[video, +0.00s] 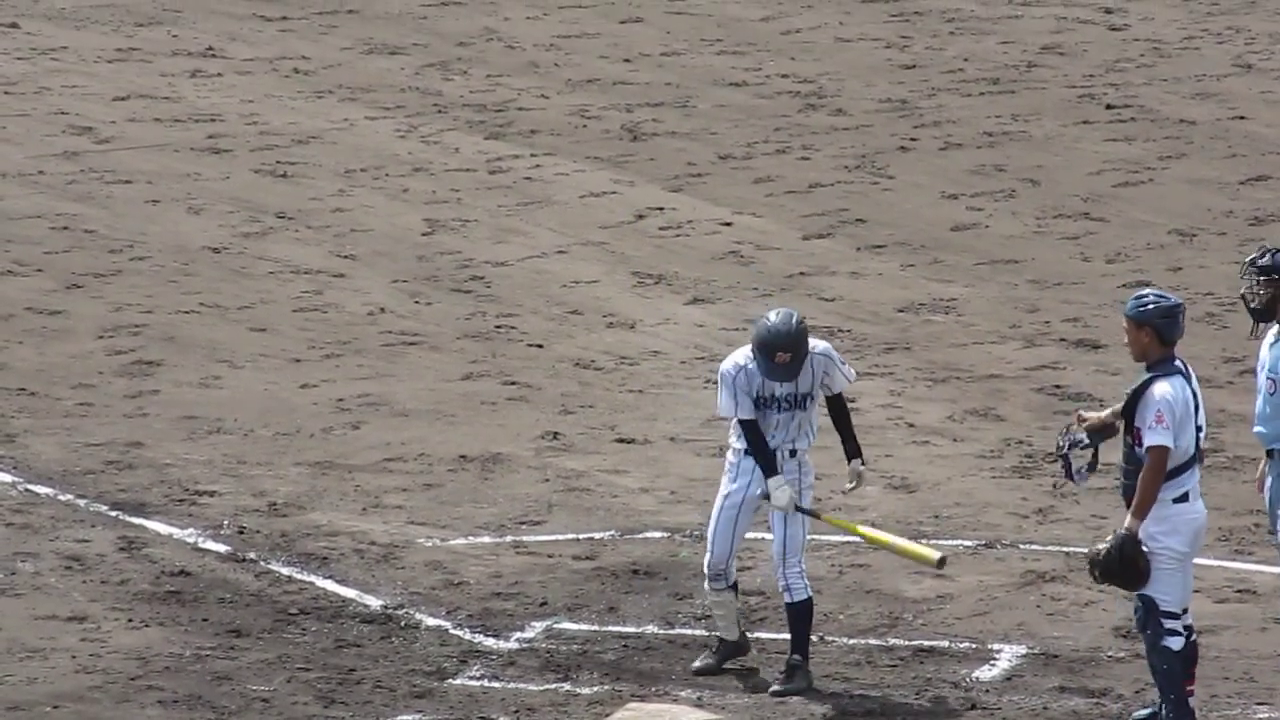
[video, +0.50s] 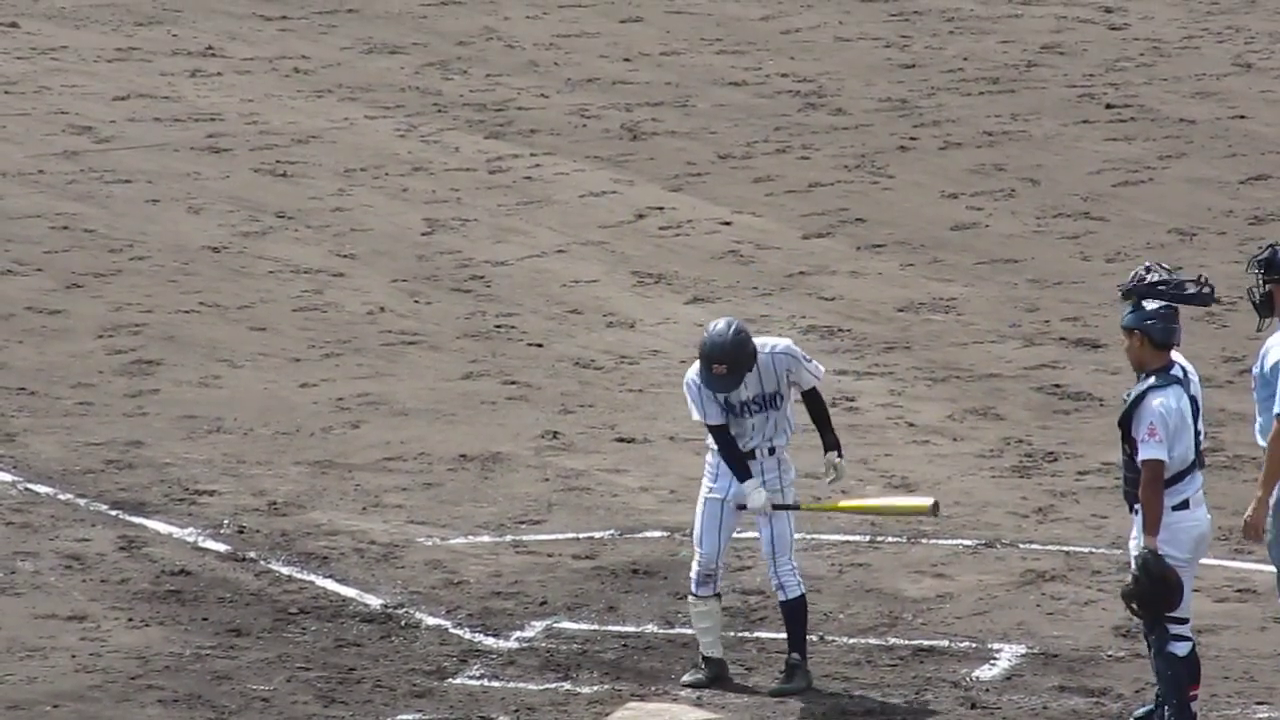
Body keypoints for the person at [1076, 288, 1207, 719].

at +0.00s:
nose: (1125, 337)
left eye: (1130, 329)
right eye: (1126, 328)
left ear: (1149, 335)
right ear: (1160, 333)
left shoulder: (1160, 392)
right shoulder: (1178, 372)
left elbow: (1156, 465)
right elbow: (1144, 405)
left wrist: (1130, 527)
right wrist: (1108, 420)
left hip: (1166, 515)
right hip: (1180, 507)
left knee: (1160, 617)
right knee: (1167, 612)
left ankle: (1176, 708)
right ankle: (1174, 702)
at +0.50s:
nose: (1124, 346)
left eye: (1126, 338)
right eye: (1125, 338)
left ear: (1139, 342)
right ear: (1170, 338)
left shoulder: (1155, 405)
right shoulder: (1181, 369)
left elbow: (1152, 478)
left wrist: (1149, 545)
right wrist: (1149, 297)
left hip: (1168, 521)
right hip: (1189, 509)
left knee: (1170, 623)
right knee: (1158, 613)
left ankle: (1180, 710)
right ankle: (1169, 699)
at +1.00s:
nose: (1124, 341)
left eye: (1127, 336)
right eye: (1123, 335)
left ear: (1140, 344)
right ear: (1168, 341)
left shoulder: (1155, 405)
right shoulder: (1179, 374)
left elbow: (1154, 482)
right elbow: (1121, 367)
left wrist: (1147, 551)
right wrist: (1118, 325)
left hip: (1167, 525)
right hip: (1185, 514)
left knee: (1167, 624)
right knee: (1153, 615)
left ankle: (1178, 709)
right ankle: (1167, 698)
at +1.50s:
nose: (1121, 341)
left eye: (1125, 334)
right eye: (1122, 334)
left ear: (1141, 340)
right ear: (1166, 336)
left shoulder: (1152, 392)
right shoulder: (1185, 374)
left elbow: (1149, 467)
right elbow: (1130, 425)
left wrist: (1139, 536)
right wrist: (1123, 374)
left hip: (1168, 518)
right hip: (1193, 510)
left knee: (1163, 621)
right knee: (1167, 613)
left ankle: (1182, 708)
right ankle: (1184, 699)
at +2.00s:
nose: (1103, 350)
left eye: (1107, 342)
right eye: (1102, 342)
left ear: (1128, 345)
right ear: (1139, 340)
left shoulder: (1151, 389)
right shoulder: (1167, 372)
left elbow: (1156, 461)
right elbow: (1145, 436)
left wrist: (1124, 509)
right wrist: (1113, 403)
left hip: (1184, 515)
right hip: (1194, 508)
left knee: (1150, 614)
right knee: (1157, 610)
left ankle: (1185, 707)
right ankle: (1187, 701)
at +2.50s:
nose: (1081, 446)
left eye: (1085, 438)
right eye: (1080, 438)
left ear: (1105, 436)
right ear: (1110, 434)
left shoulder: (1137, 473)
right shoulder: (1143, 454)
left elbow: (1148, 552)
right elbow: (1168, 526)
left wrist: (1114, 557)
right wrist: (1122, 539)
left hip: (1201, 580)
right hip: (1206, 570)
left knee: (1107, 641)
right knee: (1117, 614)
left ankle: (1179, 709)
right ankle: (1180, 695)